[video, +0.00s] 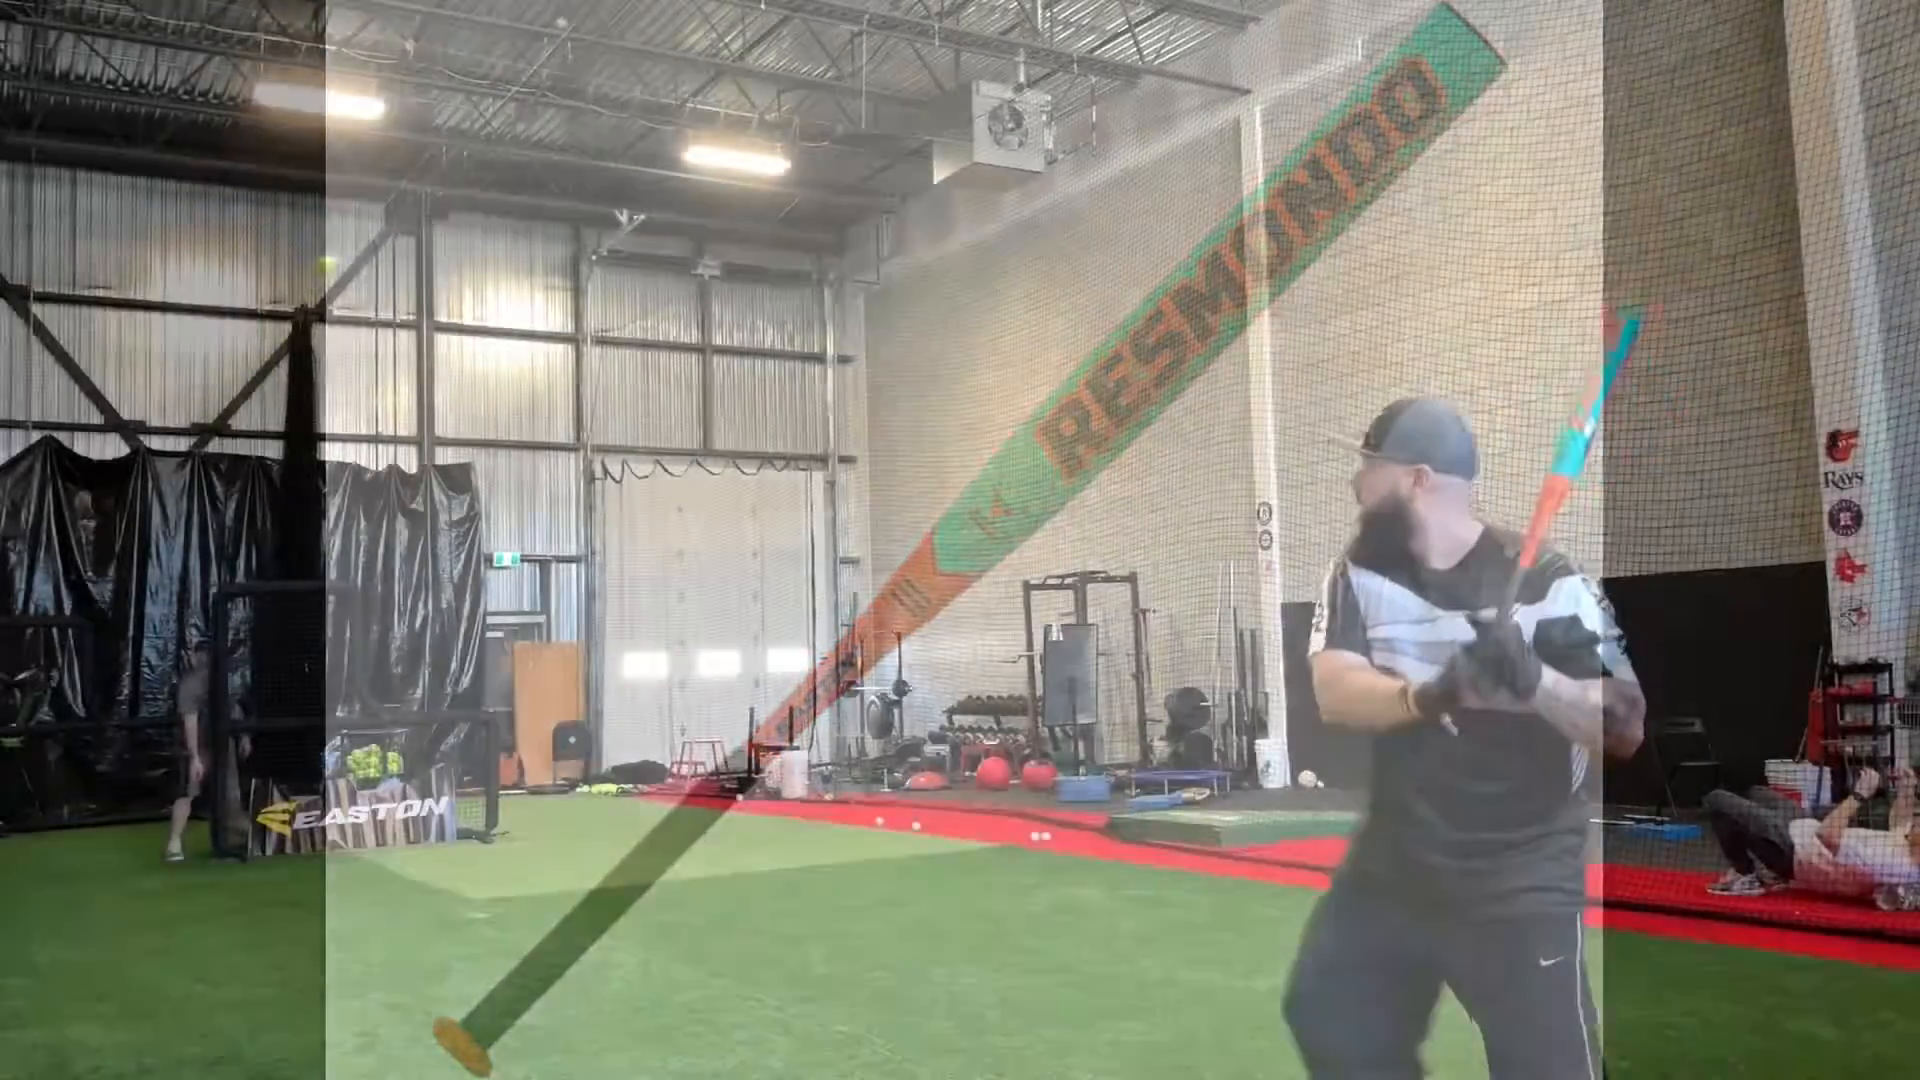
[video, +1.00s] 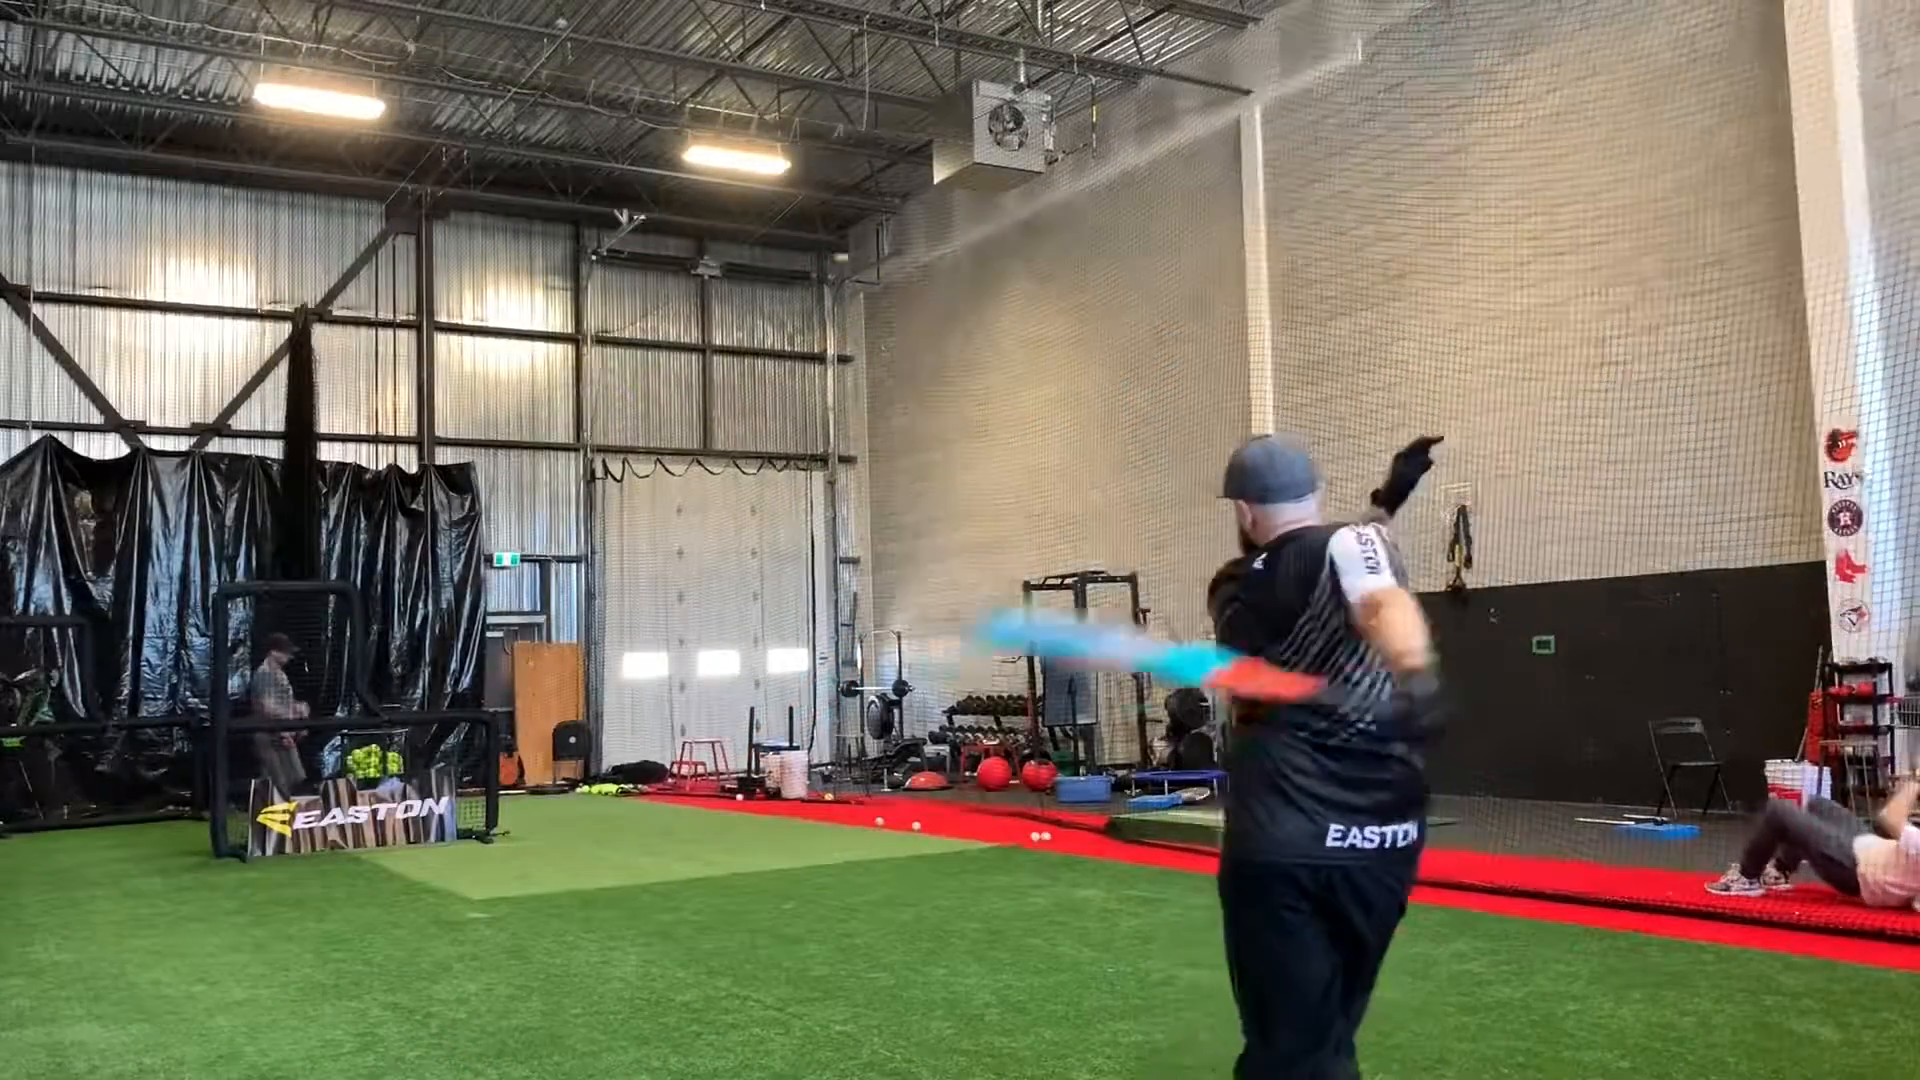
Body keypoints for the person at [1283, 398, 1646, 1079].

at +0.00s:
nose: (1355, 480)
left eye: (1369, 462)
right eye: (1361, 463)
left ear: (1417, 474)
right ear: (1417, 476)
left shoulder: (1549, 580)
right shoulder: (1363, 575)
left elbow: (1624, 727)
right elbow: (1334, 695)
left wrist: (1534, 684)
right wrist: (1437, 691)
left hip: (1519, 882)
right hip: (1394, 870)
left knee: (1550, 1065)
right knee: (1330, 1019)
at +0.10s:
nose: (1328, 502)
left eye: (1342, 485)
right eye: (1334, 486)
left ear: (1389, 500)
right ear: (1387, 502)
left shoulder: (1523, 599)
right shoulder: (1338, 592)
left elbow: (1606, 739)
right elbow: (1332, 718)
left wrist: (1535, 725)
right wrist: (1435, 743)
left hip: (1492, 871)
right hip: (1367, 858)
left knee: (1518, 1062)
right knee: (1275, 976)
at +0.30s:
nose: (1258, 539)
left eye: (1273, 524)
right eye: (1263, 524)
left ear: (1323, 537)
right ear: (1318, 539)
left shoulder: (1440, 613)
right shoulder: (1269, 616)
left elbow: (1543, 742)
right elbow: (1267, 702)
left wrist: (1483, 685)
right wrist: (1392, 702)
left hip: (1430, 881)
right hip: (1306, 873)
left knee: (1472, 1052)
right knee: (1195, 994)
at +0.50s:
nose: (1228, 559)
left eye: (1241, 550)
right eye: (1233, 548)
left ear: (1286, 570)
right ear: (1285, 570)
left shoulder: (1311, 661)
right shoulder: (1264, 633)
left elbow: (1233, 771)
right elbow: (1160, 630)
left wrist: (1202, 678)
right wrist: (1206, 620)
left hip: (1312, 896)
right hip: (1274, 886)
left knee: (1273, 1055)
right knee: (1189, 995)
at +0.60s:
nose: (1229, 554)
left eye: (1235, 542)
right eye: (1230, 541)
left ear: (1265, 553)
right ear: (1316, 542)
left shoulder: (1224, 646)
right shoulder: (1365, 610)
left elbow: (1143, 697)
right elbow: (1241, 618)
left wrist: (1086, 659)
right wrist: (1138, 630)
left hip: (1254, 892)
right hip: (1348, 885)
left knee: (1237, 1062)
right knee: (1197, 1047)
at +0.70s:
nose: (1186, 555)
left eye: (1186, 543)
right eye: (1184, 542)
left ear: (1200, 551)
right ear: (1269, 531)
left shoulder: (1180, 623)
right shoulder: (1344, 575)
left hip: (1245, 876)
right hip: (1349, 868)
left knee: (1213, 1054)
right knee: (1260, 1045)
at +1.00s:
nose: (1240, 517)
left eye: (1239, 506)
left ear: (1245, 512)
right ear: (1317, 495)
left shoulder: (1238, 593)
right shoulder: (1356, 541)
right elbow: (1383, 605)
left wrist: (1381, 508)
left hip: (1276, 850)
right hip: (1380, 846)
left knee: (1288, 1044)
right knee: (1323, 1038)